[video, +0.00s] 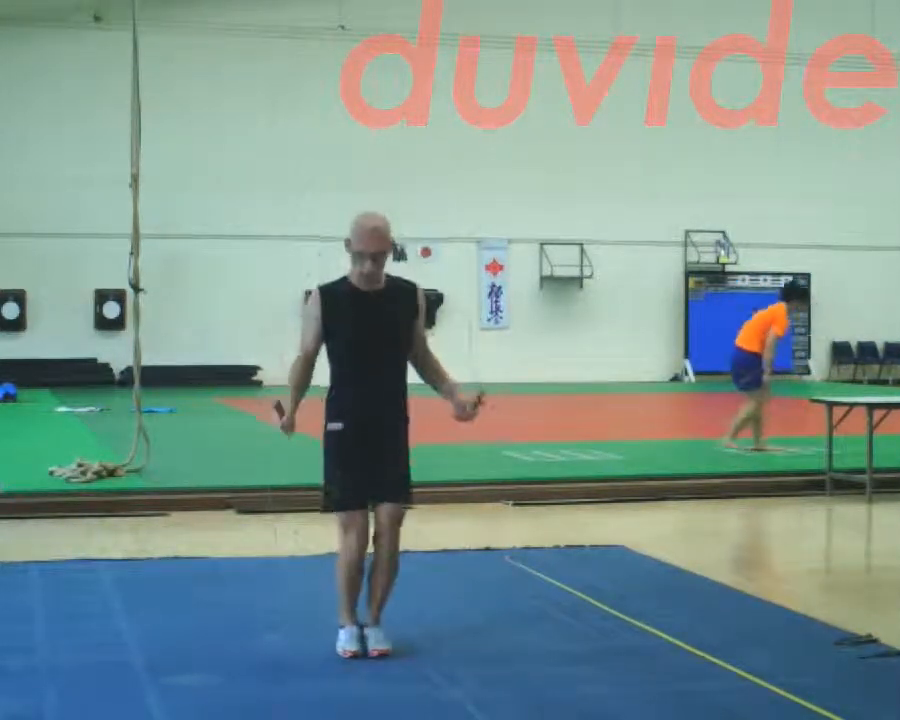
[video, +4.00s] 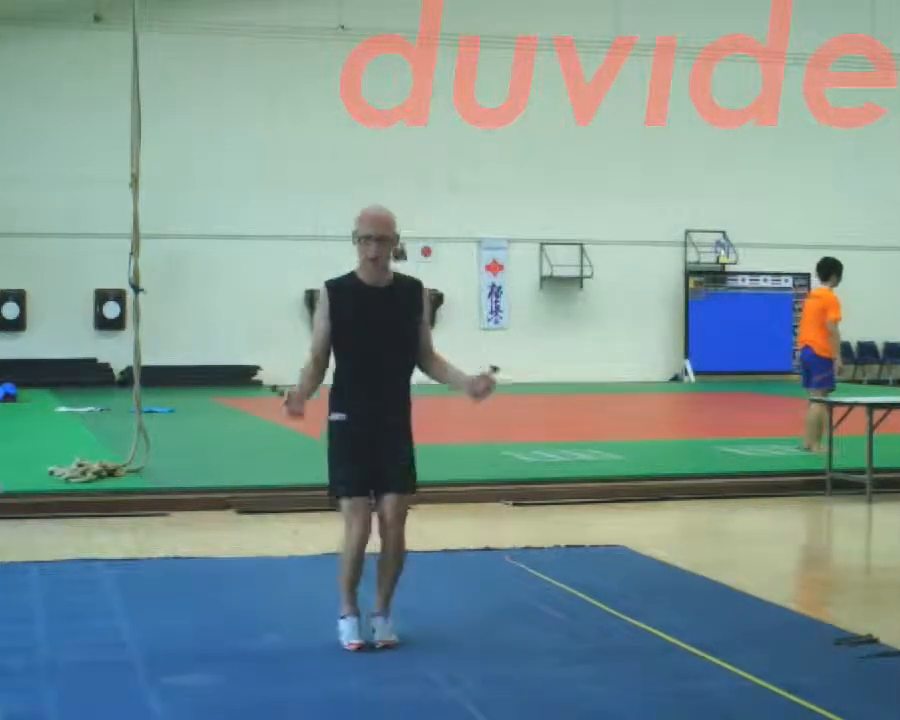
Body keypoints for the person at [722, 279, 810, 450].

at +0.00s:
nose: (801, 306)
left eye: (802, 302)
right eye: (800, 301)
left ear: (787, 297)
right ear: (794, 300)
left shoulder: (773, 309)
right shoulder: (781, 314)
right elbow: (770, 341)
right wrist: (767, 369)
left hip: (744, 352)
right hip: (749, 355)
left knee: (758, 398)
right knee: (758, 398)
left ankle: (758, 442)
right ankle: (729, 437)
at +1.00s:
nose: (730, 278)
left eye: (729, 275)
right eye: (729, 275)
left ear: (708, 275)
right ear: (725, 277)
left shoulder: (700, 297)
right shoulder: (723, 300)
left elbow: (692, 325)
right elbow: (720, 330)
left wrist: (691, 346)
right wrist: (723, 360)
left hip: (689, 349)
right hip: (708, 352)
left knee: (681, 395)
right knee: (715, 400)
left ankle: (663, 436)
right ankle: (713, 444)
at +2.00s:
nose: (780, 281)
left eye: (781, 277)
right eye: (780, 277)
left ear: (763, 275)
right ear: (775, 276)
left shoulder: (753, 295)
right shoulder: (770, 298)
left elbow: (751, 326)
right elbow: (772, 328)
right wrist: (778, 357)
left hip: (753, 351)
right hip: (766, 354)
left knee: (758, 397)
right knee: (784, 398)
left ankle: (757, 439)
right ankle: (770, 435)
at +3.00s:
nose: (824, 280)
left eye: (824, 276)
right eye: (823, 276)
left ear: (804, 275)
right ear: (819, 276)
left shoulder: (798, 296)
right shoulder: (818, 299)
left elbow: (797, 323)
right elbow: (822, 325)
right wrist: (831, 348)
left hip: (798, 348)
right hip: (814, 350)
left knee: (801, 395)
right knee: (816, 397)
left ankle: (796, 438)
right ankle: (817, 442)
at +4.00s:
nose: (840, 279)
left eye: (839, 275)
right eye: (839, 275)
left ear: (819, 275)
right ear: (835, 276)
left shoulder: (812, 296)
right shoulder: (829, 298)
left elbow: (805, 325)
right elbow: (832, 326)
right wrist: (837, 355)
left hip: (806, 349)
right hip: (820, 351)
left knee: (816, 398)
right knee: (818, 399)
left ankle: (811, 441)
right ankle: (812, 443)